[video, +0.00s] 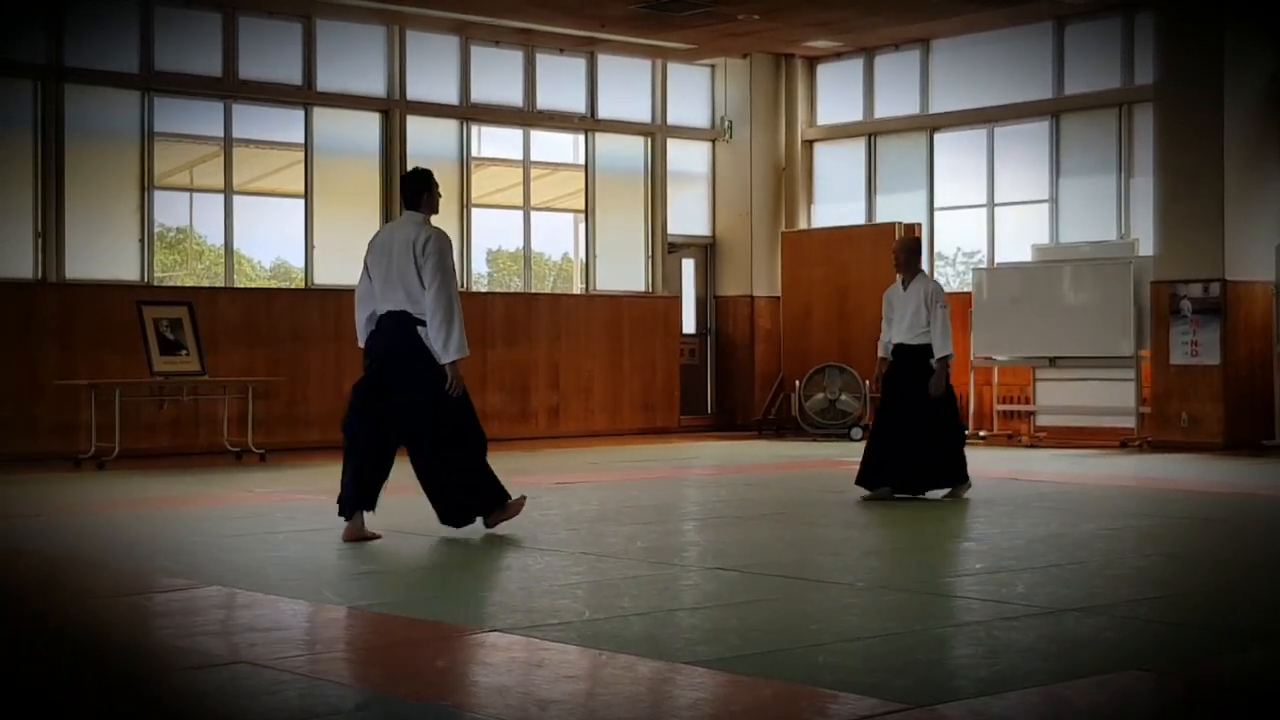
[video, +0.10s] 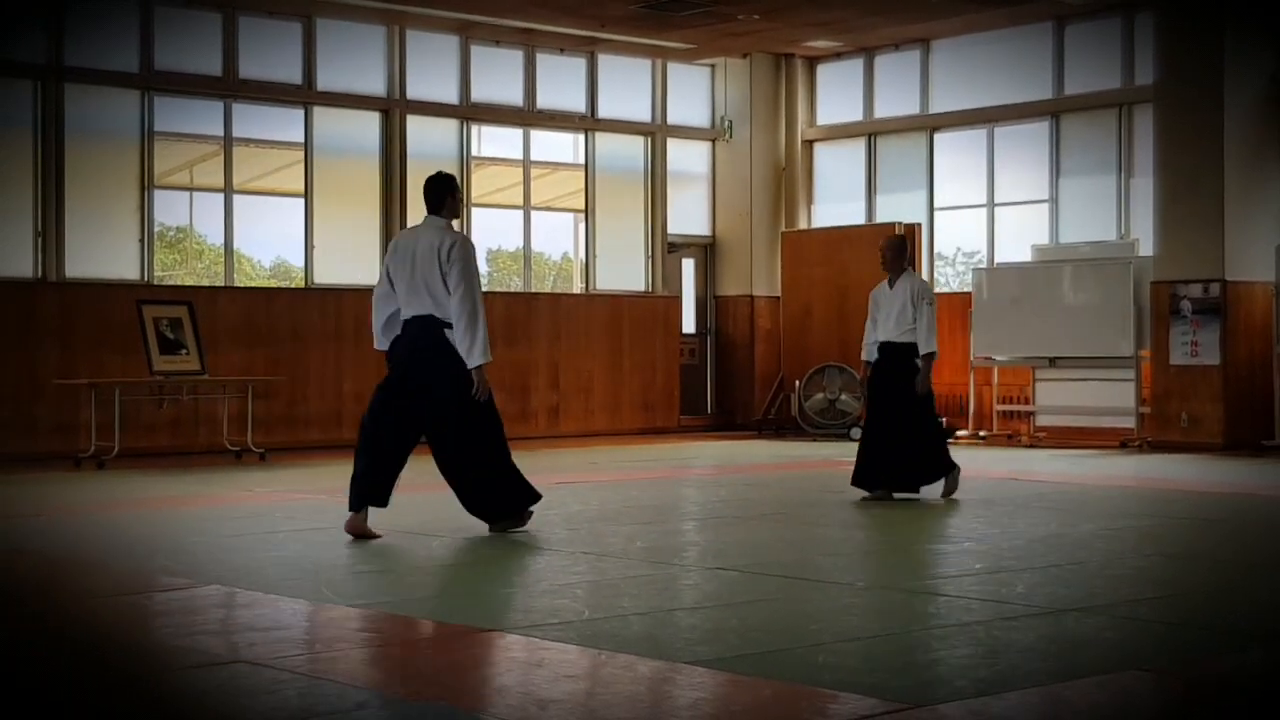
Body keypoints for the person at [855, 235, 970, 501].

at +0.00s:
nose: (895, 259)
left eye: (900, 254)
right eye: (894, 254)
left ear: (915, 257)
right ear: (895, 258)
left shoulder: (931, 289)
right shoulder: (890, 293)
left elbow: (941, 330)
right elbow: (886, 330)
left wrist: (941, 369)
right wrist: (881, 363)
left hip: (925, 359)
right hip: (898, 360)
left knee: (939, 421)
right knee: (890, 421)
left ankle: (959, 479)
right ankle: (884, 484)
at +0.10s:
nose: (881, 257)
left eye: (885, 252)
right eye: (880, 252)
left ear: (901, 255)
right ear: (884, 256)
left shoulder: (919, 287)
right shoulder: (877, 292)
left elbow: (927, 330)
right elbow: (870, 330)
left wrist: (926, 369)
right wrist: (866, 366)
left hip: (909, 358)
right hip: (882, 359)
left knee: (917, 421)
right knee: (881, 422)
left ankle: (949, 469)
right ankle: (882, 487)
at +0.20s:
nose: (870, 255)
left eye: (875, 251)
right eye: (869, 251)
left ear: (890, 253)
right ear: (873, 255)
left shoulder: (908, 284)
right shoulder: (866, 289)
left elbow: (915, 326)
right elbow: (858, 327)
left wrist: (911, 367)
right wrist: (852, 365)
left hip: (897, 354)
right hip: (873, 355)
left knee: (896, 416)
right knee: (872, 418)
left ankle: (926, 467)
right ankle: (880, 485)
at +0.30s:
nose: (860, 254)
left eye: (865, 249)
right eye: (860, 249)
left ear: (881, 252)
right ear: (864, 253)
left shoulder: (898, 285)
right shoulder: (858, 289)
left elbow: (905, 326)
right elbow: (848, 327)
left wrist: (900, 364)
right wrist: (836, 367)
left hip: (888, 355)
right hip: (864, 355)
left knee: (885, 418)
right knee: (864, 418)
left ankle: (892, 480)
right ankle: (875, 484)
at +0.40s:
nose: (853, 255)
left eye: (858, 251)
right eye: (852, 251)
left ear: (874, 253)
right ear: (855, 255)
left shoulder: (889, 286)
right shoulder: (849, 290)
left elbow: (895, 328)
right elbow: (839, 326)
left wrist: (888, 367)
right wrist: (826, 363)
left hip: (881, 356)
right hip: (855, 356)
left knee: (878, 421)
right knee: (850, 420)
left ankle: (883, 487)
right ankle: (851, 485)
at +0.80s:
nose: (825, 258)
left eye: (830, 254)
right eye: (825, 254)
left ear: (846, 257)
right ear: (829, 258)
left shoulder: (860, 289)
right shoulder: (820, 292)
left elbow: (858, 333)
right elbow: (811, 330)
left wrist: (846, 371)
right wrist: (798, 365)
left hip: (849, 361)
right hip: (826, 360)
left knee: (842, 426)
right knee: (817, 423)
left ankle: (845, 489)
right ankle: (821, 489)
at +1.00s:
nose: (810, 265)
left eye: (815, 261)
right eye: (810, 261)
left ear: (831, 264)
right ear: (817, 264)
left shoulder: (846, 298)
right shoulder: (807, 298)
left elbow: (844, 342)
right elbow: (796, 333)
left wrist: (828, 378)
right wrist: (778, 363)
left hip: (836, 369)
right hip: (813, 368)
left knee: (832, 433)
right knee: (807, 430)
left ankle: (838, 492)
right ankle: (811, 491)